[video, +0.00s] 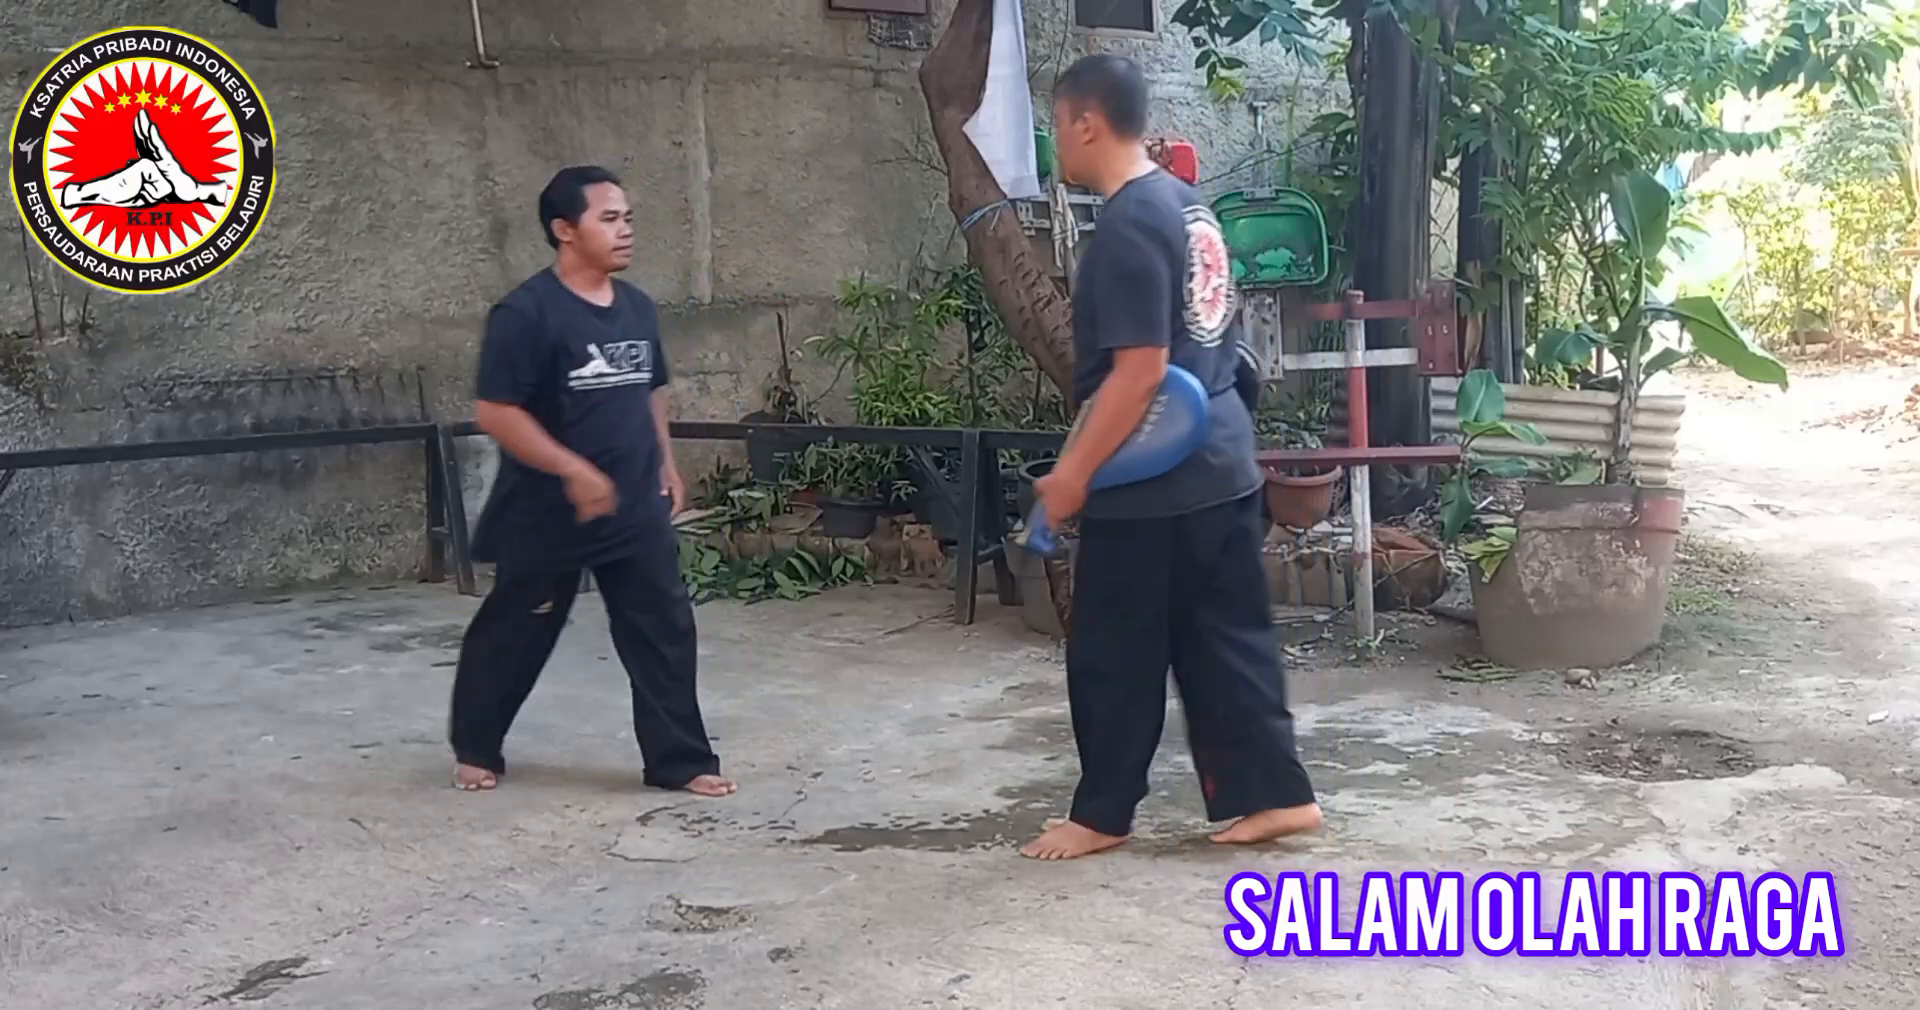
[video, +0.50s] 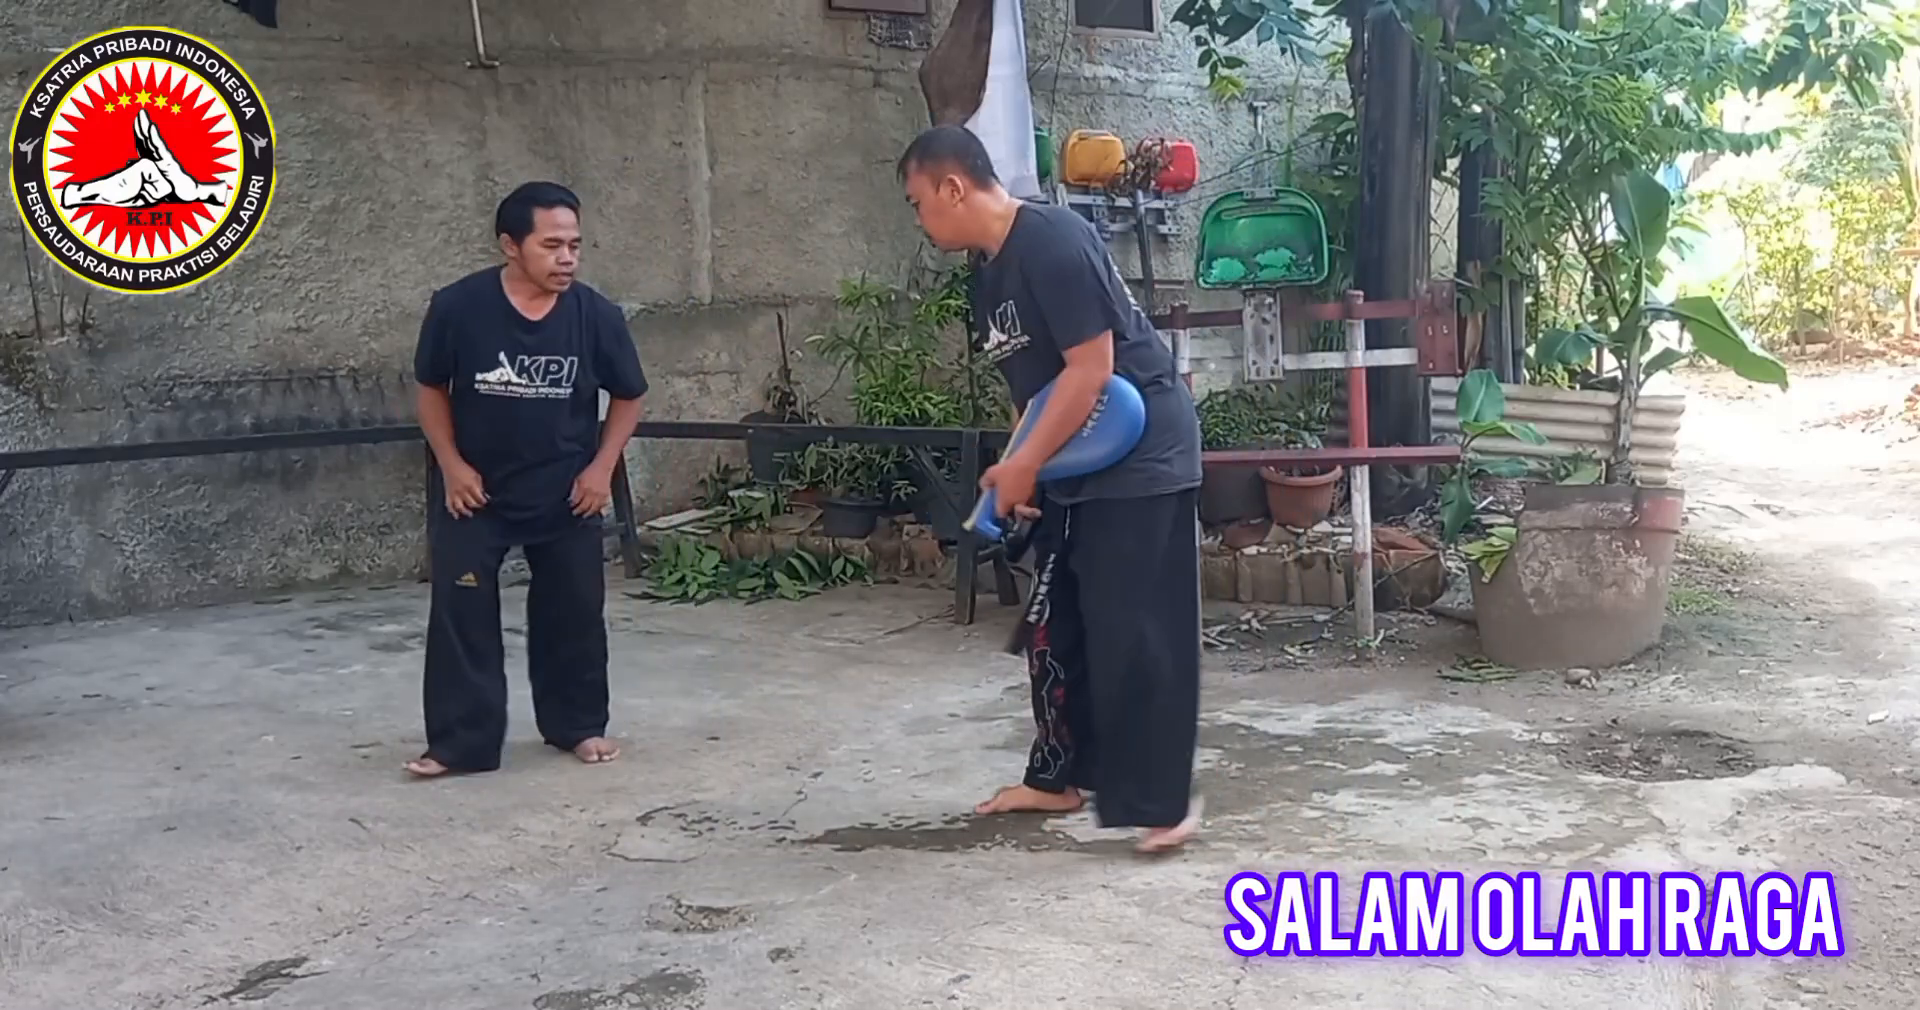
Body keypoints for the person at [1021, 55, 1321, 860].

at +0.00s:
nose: (1057, 146)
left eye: (1059, 128)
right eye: (1059, 129)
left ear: (1088, 125)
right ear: (1133, 125)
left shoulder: (1129, 223)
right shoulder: (1185, 204)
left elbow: (1141, 367)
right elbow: (1201, 348)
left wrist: (1073, 472)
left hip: (1147, 481)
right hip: (1217, 470)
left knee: (1112, 648)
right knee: (1228, 636)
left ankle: (1102, 813)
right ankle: (1280, 795)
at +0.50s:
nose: (920, 225)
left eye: (920, 205)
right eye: (915, 208)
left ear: (954, 188)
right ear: (958, 189)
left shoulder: (1051, 239)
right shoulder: (990, 276)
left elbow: (1093, 368)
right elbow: (1031, 389)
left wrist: (1022, 463)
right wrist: (1021, 472)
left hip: (1144, 462)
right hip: (1078, 467)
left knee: (1139, 628)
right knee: (1059, 623)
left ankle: (1164, 804)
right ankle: (1058, 779)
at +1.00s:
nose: (1020, 184)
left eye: (1023, 167)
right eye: (1017, 169)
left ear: (1065, 159)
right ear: (1065, 159)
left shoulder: (1160, 238)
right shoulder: (1073, 246)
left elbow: (1206, 368)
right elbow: (1098, 356)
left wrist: (1142, 469)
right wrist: (1069, 445)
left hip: (1204, 493)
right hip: (1125, 491)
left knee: (1237, 656)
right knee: (1107, 637)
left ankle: (1295, 813)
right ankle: (1088, 778)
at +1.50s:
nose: (1023, 208)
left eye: (1022, 190)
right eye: (1018, 193)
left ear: (1060, 174)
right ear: (1066, 174)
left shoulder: (1165, 245)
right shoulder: (1076, 265)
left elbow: (1210, 374)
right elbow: (1103, 373)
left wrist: (1145, 474)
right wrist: (1078, 457)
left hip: (1222, 495)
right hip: (1140, 497)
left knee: (1286, 654)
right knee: (1118, 644)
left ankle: (1362, 815)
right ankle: (1097, 783)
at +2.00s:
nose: (1037, 195)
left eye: (1040, 177)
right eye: (1035, 180)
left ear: (1079, 167)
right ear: (1084, 168)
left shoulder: (1172, 242)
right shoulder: (1089, 254)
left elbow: (1215, 374)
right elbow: (1109, 370)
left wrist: (1143, 469)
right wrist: (1082, 453)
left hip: (1223, 491)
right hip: (1139, 491)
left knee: (1281, 651)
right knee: (1122, 643)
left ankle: (1358, 815)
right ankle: (1110, 786)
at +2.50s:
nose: (1003, 250)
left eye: (1005, 234)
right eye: (998, 237)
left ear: (1047, 222)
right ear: (1047, 223)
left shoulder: (1158, 275)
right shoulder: (1052, 301)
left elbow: (1231, 389)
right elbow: (999, 370)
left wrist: (1169, 490)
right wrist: (921, 321)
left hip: (1247, 493)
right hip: (1156, 498)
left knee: (1308, 647)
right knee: (1109, 634)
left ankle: (1396, 815)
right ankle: (1106, 791)